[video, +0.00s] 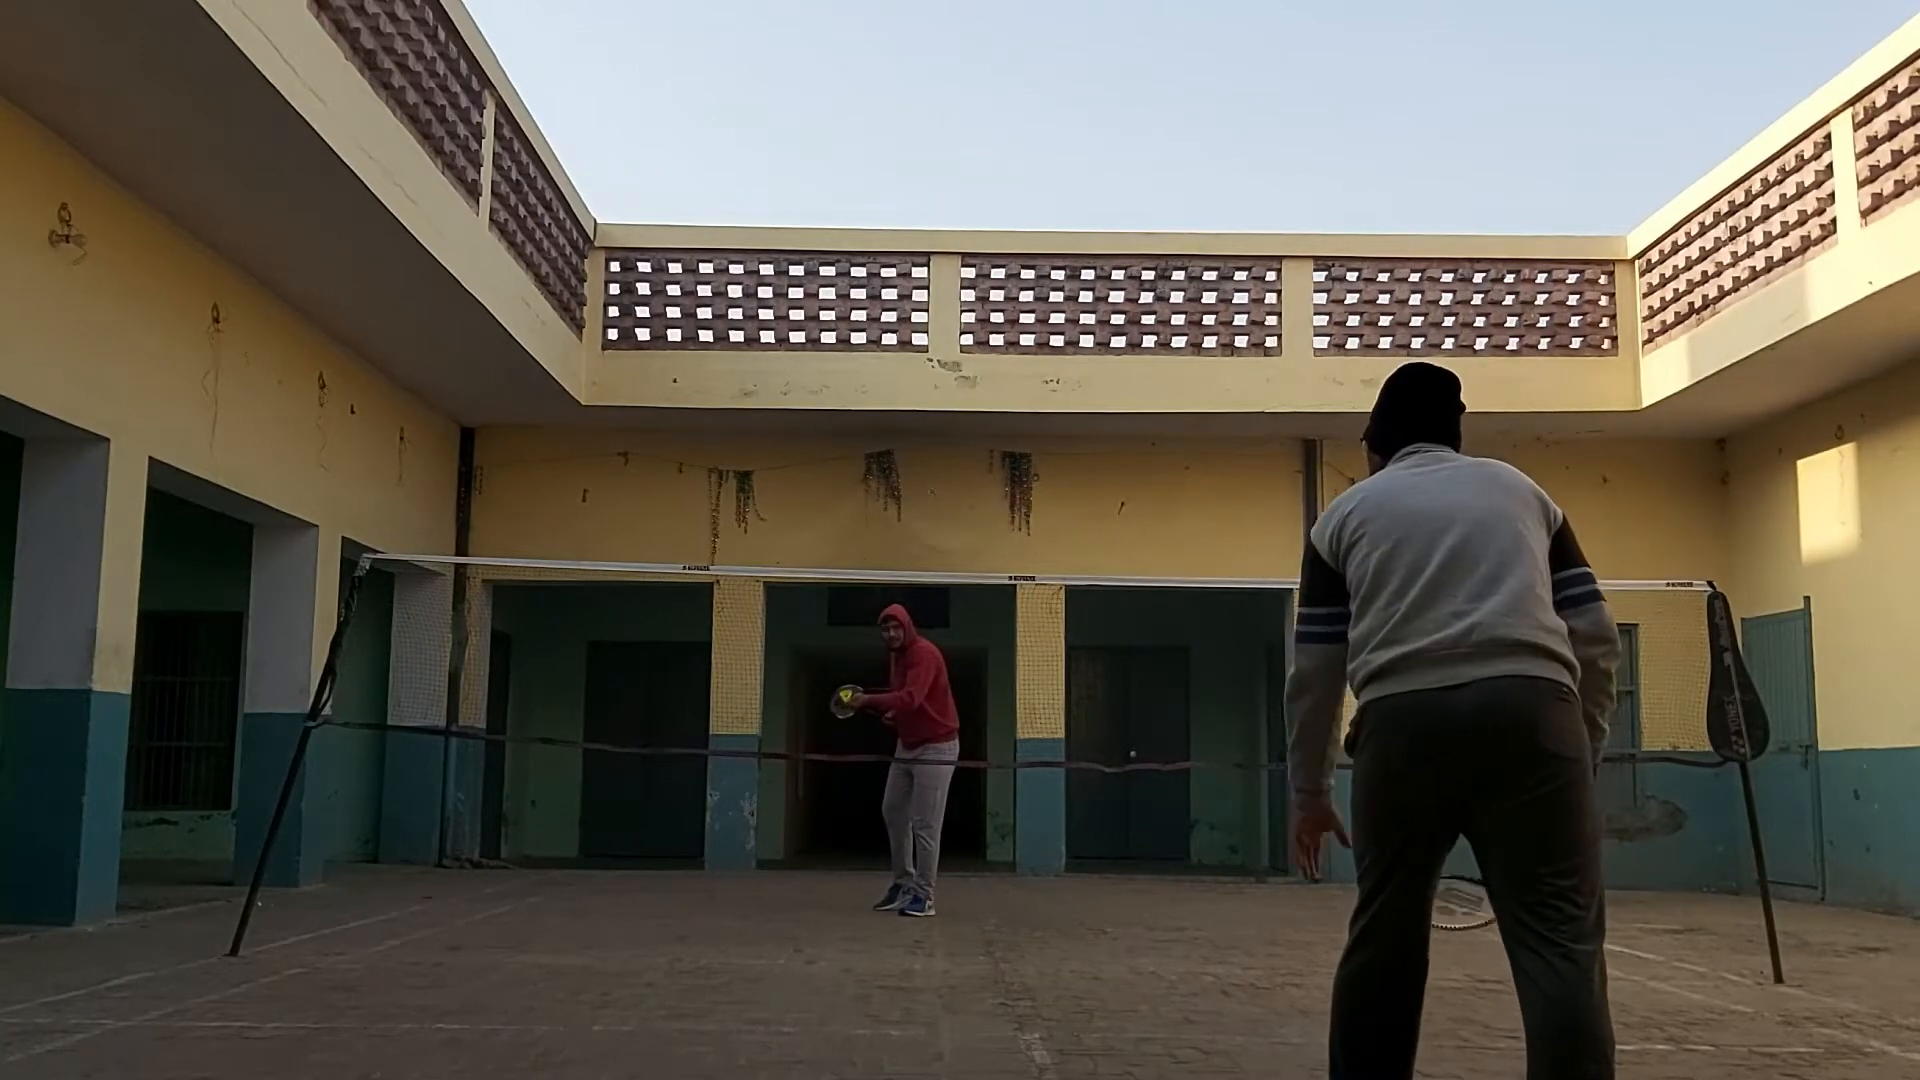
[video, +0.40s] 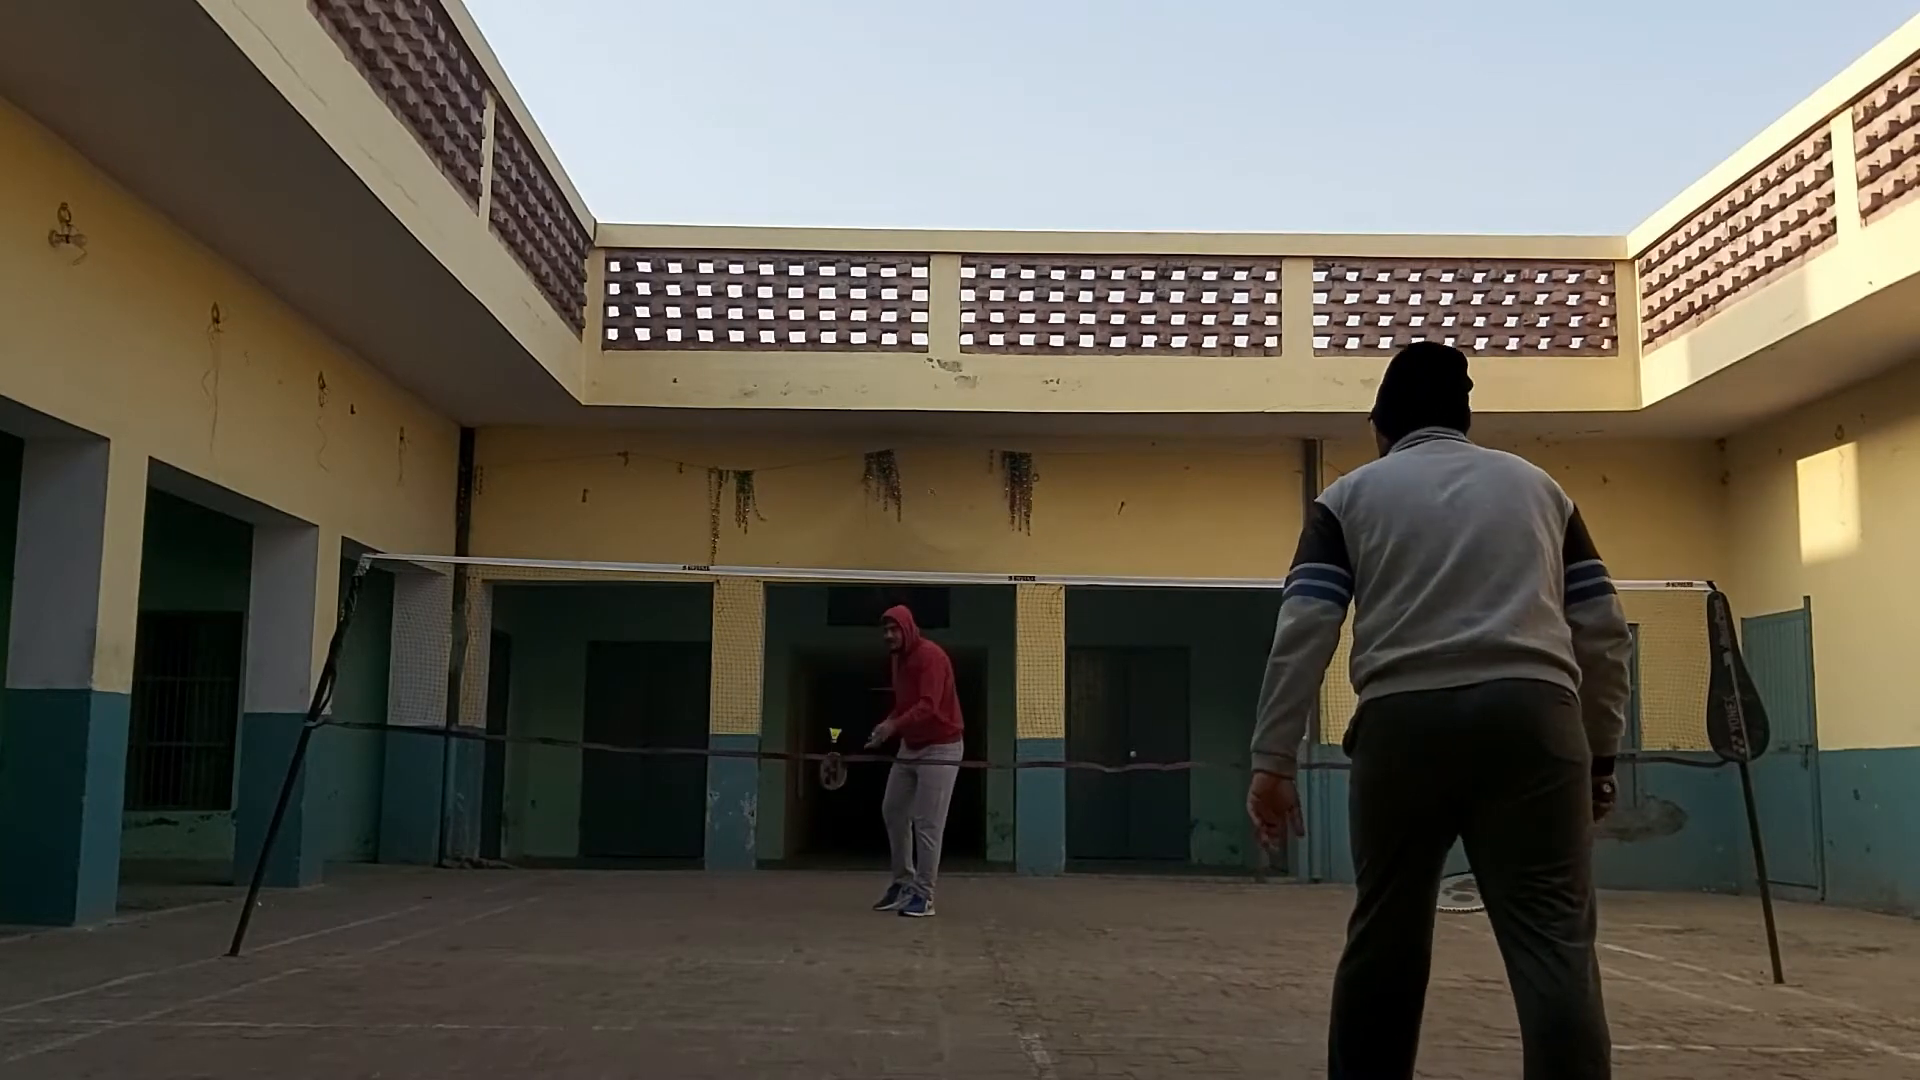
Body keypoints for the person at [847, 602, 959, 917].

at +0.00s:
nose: (892, 632)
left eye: (897, 627)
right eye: (887, 628)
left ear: (908, 628)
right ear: (883, 633)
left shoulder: (924, 653)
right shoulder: (897, 655)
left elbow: (910, 698)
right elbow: (906, 697)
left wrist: (864, 700)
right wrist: (895, 712)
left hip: (936, 747)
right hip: (908, 746)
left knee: (925, 823)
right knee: (893, 812)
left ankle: (924, 895)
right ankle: (903, 885)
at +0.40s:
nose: (888, 634)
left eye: (893, 628)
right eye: (886, 629)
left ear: (909, 629)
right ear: (887, 632)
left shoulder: (930, 655)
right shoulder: (901, 660)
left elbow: (929, 706)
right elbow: (906, 704)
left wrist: (893, 726)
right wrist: (889, 726)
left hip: (939, 750)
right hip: (911, 748)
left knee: (928, 822)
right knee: (894, 812)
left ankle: (923, 894)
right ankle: (902, 883)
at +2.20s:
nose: (953, 645)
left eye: (960, 642)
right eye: (952, 642)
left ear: (971, 650)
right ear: (950, 651)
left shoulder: (977, 676)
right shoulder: (955, 678)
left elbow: (964, 684)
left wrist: (940, 678)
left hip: (985, 760)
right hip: (964, 761)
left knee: (1000, 821)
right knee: (949, 817)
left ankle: (1023, 879)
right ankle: (965, 879)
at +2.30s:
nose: (942, 640)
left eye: (948, 636)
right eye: (941, 637)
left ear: (961, 643)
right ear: (941, 644)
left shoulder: (966, 666)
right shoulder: (941, 672)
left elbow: (958, 662)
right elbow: (940, 716)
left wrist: (930, 650)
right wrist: (922, 736)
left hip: (970, 746)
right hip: (947, 747)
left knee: (968, 811)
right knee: (944, 815)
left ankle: (999, 874)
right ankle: (963, 877)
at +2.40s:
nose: (931, 633)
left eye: (936, 629)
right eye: (931, 629)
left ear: (946, 633)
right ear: (935, 633)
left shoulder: (949, 654)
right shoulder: (934, 662)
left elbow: (933, 640)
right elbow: (938, 700)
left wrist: (909, 631)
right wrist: (917, 718)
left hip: (953, 741)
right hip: (940, 741)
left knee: (944, 807)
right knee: (929, 805)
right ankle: (960, 865)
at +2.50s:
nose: (922, 634)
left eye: (927, 632)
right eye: (924, 632)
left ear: (935, 637)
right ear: (936, 640)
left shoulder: (937, 653)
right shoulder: (928, 664)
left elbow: (919, 634)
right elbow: (932, 707)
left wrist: (892, 621)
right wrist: (907, 722)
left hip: (939, 744)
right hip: (928, 744)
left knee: (924, 811)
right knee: (903, 800)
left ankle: (930, 877)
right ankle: (935, 855)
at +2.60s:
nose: (909, 647)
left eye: (912, 643)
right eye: (909, 643)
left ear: (923, 645)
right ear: (929, 649)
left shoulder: (923, 664)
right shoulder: (934, 680)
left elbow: (902, 643)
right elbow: (945, 723)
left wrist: (879, 622)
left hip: (924, 755)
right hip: (916, 754)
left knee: (902, 815)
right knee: (889, 809)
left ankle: (928, 876)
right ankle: (893, 869)